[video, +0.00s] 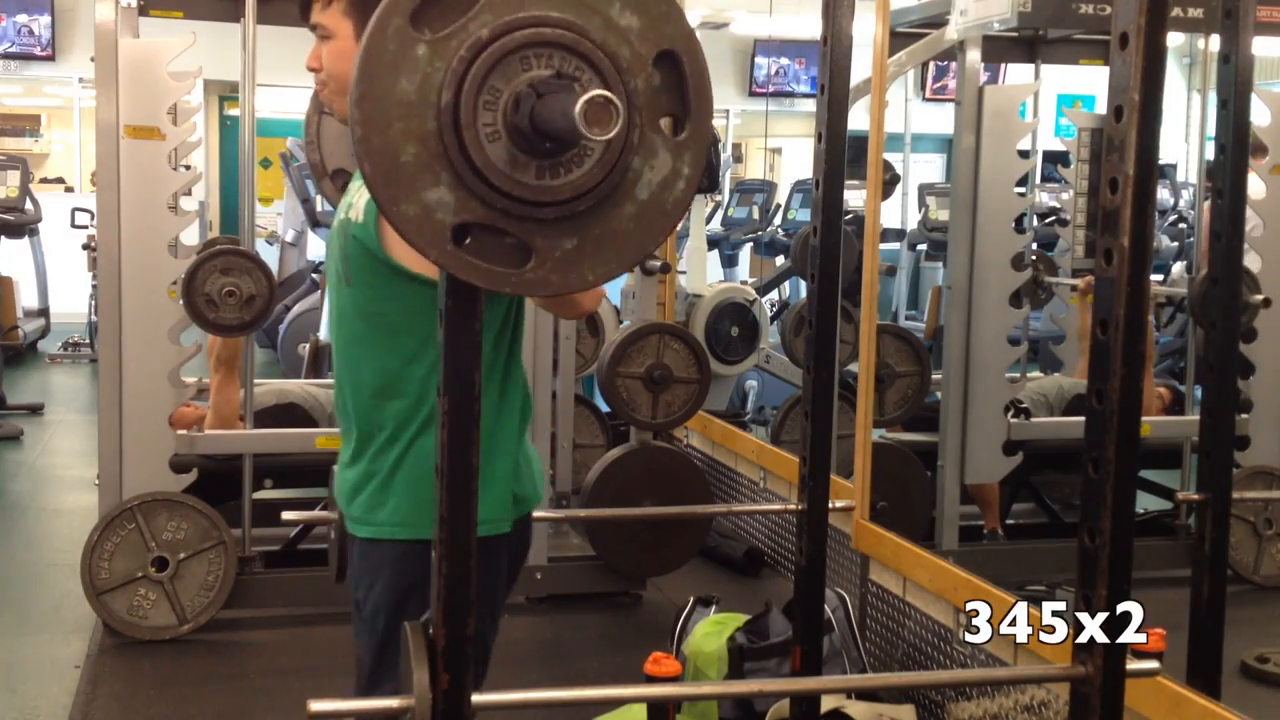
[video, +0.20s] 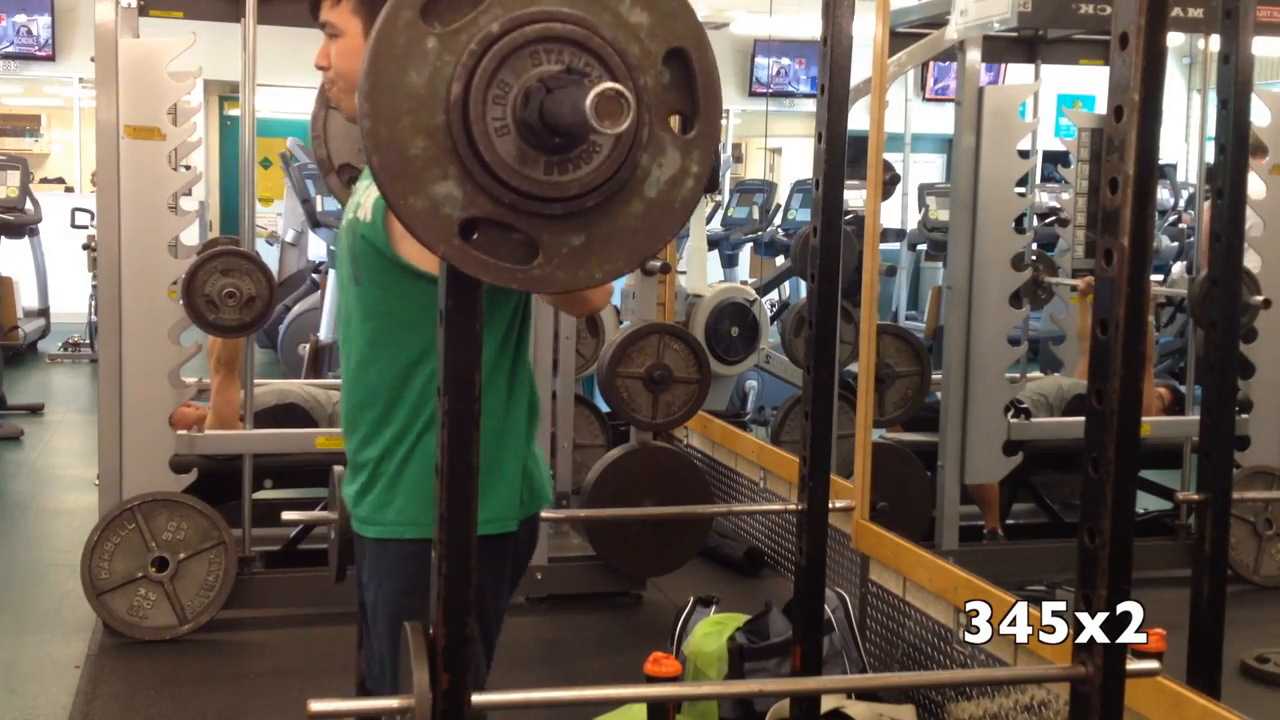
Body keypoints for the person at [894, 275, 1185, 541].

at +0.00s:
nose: (1153, 394)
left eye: (1160, 397)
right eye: (1157, 390)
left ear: (1160, 414)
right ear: (1145, 385)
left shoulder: (1130, 417)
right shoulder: (1097, 393)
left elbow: (1145, 359)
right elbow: (1087, 340)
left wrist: (1139, 303)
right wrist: (1084, 296)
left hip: (1025, 410)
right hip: (1006, 397)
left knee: (978, 446)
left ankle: (993, 530)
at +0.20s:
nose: (1153, 395)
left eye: (1160, 399)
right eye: (1156, 390)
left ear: (1159, 415)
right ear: (1144, 384)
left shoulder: (1125, 418)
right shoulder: (1097, 391)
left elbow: (1145, 360)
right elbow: (1088, 341)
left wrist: (1142, 306)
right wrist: (1085, 297)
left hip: (1022, 413)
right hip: (1004, 399)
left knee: (978, 448)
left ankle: (993, 531)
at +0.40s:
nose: (1154, 395)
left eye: (1161, 399)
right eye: (1157, 391)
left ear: (1160, 414)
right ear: (1145, 384)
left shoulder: (1131, 417)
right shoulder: (1095, 387)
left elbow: (1144, 359)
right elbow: (1087, 340)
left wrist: (1140, 304)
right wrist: (1084, 297)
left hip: (1026, 411)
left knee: (979, 446)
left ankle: (992, 530)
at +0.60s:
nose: (1154, 395)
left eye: (1161, 398)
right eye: (1157, 391)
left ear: (1160, 414)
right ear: (1144, 384)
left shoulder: (1130, 418)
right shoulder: (1096, 387)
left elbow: (1144, 359)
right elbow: (1087, 340)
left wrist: (1142, 306)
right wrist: (1084, 297)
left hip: (1025, 414)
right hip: (1007, 401)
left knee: (978, 447)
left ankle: (992, 529)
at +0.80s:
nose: (1155, 394)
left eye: (1161, 398)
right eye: (1157, 390)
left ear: (1160, 413)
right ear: (1146, 384)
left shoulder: (1134, 417)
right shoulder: (1101, 389)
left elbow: (1144, 360)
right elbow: (1087, 344)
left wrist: (1144, 310)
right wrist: (1083, 298)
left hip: (1027, 412)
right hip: (1008, 398)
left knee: (979, 450)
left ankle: (992, 531)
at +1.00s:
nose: (1155, 393)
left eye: (1161, 398)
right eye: (1157, 390)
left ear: (1160, 413)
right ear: (1146, 385)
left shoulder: (1131, 416)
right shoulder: (1099, 390)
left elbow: (1144, 360)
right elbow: (1086, 345)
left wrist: (1144, 309)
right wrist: (1083, 299)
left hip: (1025, 410)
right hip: (1007, 395)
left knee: (978, 449)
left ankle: (992, 531)